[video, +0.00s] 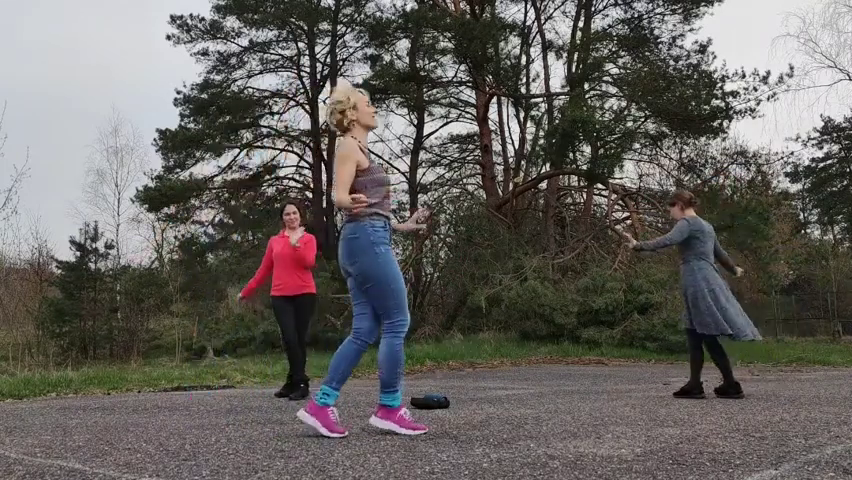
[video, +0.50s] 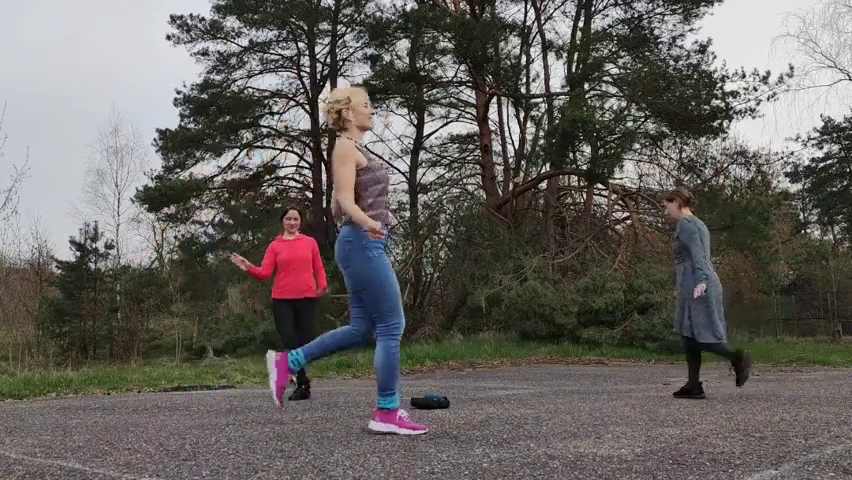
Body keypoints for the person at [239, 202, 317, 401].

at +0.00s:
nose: (291, 217)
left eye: (294, 213)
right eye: (287, 214)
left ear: (300, 216)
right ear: (282, 218)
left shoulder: (308, 238)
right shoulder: (275, 241)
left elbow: (309, 262)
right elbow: (264, 269)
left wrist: (296, 245)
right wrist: (247, 291)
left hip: (304, 293)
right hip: (280, 294)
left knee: (299, 339)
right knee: (289, 339)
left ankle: (292, 381)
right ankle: (301, 383)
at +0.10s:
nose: (292, 215)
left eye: (295, 211)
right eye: (288, 212)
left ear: (301, 214)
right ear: (283, 216)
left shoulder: (309, 237)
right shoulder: (275, 239)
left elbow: (313, 262)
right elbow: (265, 270)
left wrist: (297, 250)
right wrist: (240, 286)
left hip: (304, 292)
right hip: (280, 293)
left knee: (299, 338)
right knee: (289, 338)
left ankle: (295, 381)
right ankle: (297, 382)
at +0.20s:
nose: (293, 214)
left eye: (295, 211)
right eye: (289, 212)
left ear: (301, 214)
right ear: (283, 216)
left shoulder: (310, 238)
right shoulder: (275, 240)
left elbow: (316, 266)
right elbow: (264, 271)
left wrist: (301, 258)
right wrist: (239, 276)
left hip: (305, 293)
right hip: (280, 294)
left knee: (300, 339)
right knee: (289, 338)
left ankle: (294, 381)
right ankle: (298, 382)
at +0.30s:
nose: (294, 218)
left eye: (297, 214)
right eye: (290, 215)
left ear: (302, 217)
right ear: (284, 219)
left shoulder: (312, 242)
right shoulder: (276, 244)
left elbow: (318, 272)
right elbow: (264, 273)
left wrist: (309, 273)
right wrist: (241, 267)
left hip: (305, 297)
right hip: (280, 298)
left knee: (304, 340)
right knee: (288, 341)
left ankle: (288, 376)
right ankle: (301, 385)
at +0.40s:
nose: (293, 224)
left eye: (296, 220)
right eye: (289, 220)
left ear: (302, 223)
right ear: (284, 223)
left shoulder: (312, 246)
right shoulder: (276, 249)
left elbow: (319, 272)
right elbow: (264, 275)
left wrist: (318, 284)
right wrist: (244, 265)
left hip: (305, 300)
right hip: (281, 300)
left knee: (306, 341)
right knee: (287, 342)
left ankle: (304, 382)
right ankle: (294, 384)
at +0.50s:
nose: (292, 222)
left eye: (295, 219)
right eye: (288, 219)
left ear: (300, 222)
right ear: (282, 221)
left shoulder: (310, 243)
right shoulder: (275, 245)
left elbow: (319, 268)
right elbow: (265, 273)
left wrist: (322, 284)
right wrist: (247, 267)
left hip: (307, 297)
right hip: (282, 298)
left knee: (307, 339)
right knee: (289, 341)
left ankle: (300, 379)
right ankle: (302, 384)